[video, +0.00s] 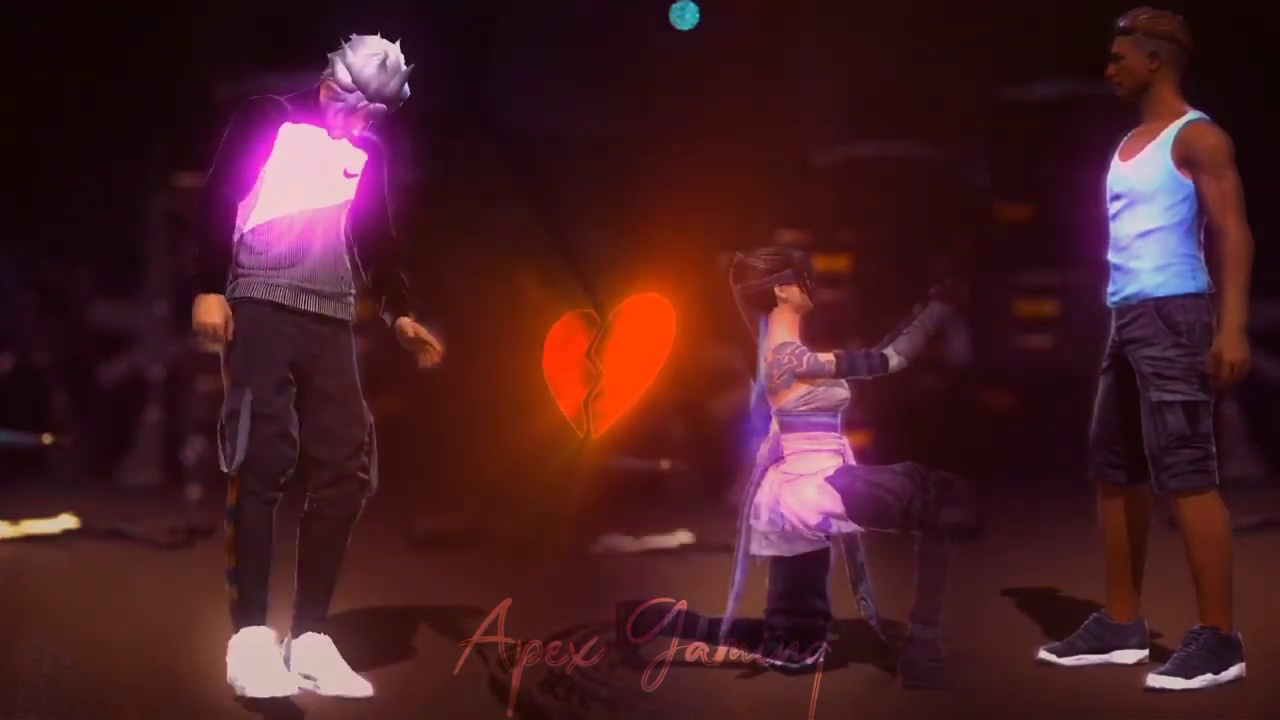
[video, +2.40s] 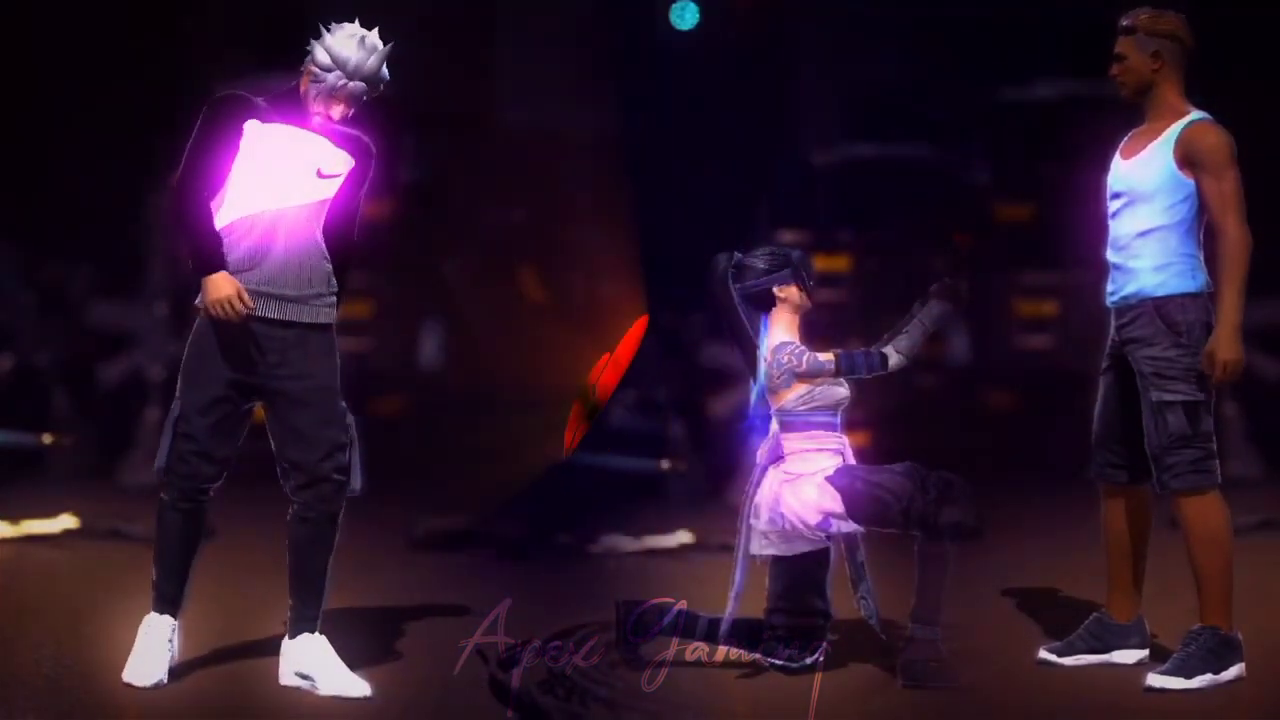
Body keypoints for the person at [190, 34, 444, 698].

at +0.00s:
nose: (357, 123)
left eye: (372, 114)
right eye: (351, 105)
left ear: (384, 110)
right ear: (329, 83)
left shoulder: (374, 151)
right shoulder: (269, 119)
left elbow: (376, 243)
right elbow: (220, 200)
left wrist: (401, 314)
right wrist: (208, 286)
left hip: (332, 324)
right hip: (263, 312)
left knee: (342, 473)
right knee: (265, 467)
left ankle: (310, 635)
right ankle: (252, 635)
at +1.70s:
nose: (348, 116)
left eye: (362, 108)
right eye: (341, 98)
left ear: (375, 107)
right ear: (319, 82)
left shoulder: (369, 157)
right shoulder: (257, 122)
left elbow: (361, 255)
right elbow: (213, 197)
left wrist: (353, 345)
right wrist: (217, 279)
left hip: (325, 333)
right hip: (250, 319)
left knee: (334, 479)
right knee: (208, 473)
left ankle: (307, 637)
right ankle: (172, 625)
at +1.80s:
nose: (344, 115)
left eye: (359, 107)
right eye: (338, 96)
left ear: (372, 107)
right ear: (315, 81)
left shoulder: (364, 154)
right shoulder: (251, 118)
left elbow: (358, 227)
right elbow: (208, 198)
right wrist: (218, 277)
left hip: (319, 331)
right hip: (244, 318)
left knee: (333, 478)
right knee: (203, 471)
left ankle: (306, 637)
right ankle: (169, 623)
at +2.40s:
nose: (340, 111)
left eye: (354, 102)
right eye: (333, 94)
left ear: (365, 98)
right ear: (308, 78)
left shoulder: (362, 150)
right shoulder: (236, 115)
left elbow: (344, 241)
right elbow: (189, 197)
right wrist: (210, 269)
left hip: (307, 329)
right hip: (227, 319)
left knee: (321, 477)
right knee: (188, 470)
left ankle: (304, 639)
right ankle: (161, 623)